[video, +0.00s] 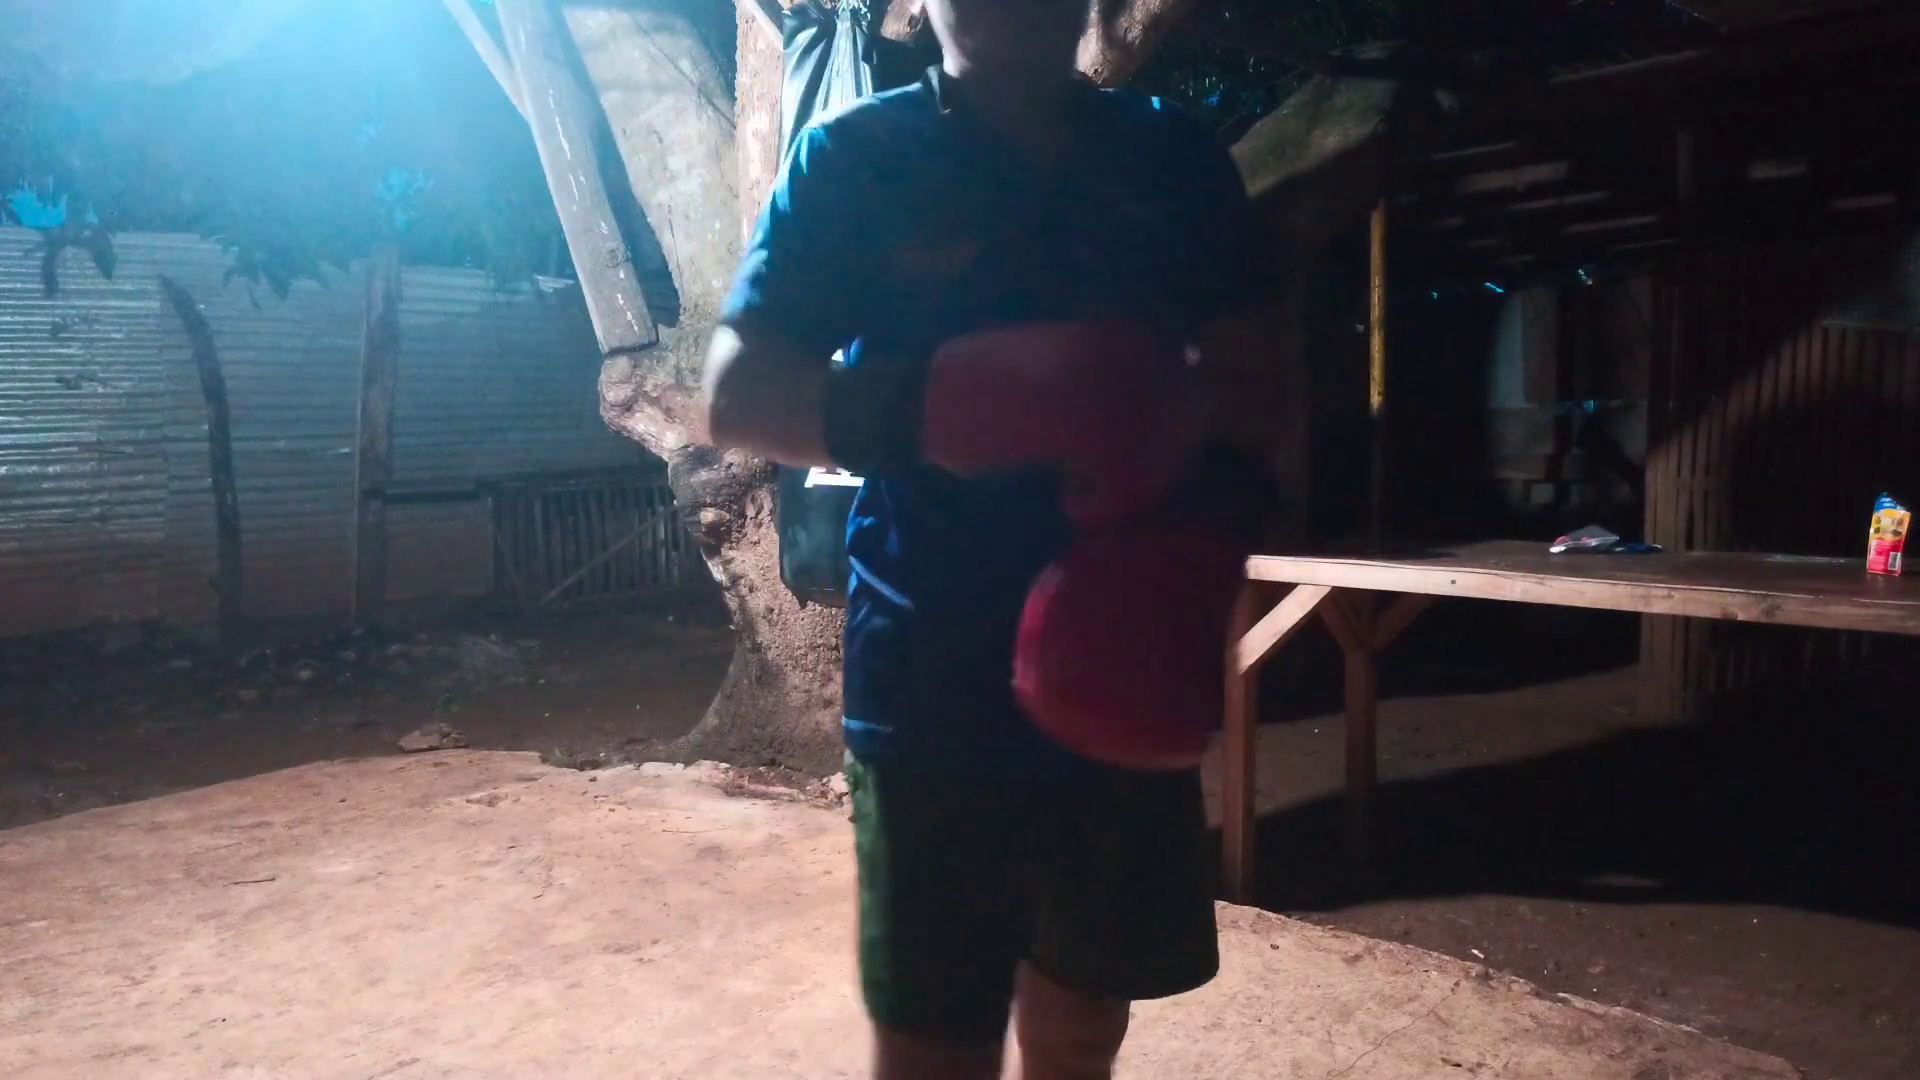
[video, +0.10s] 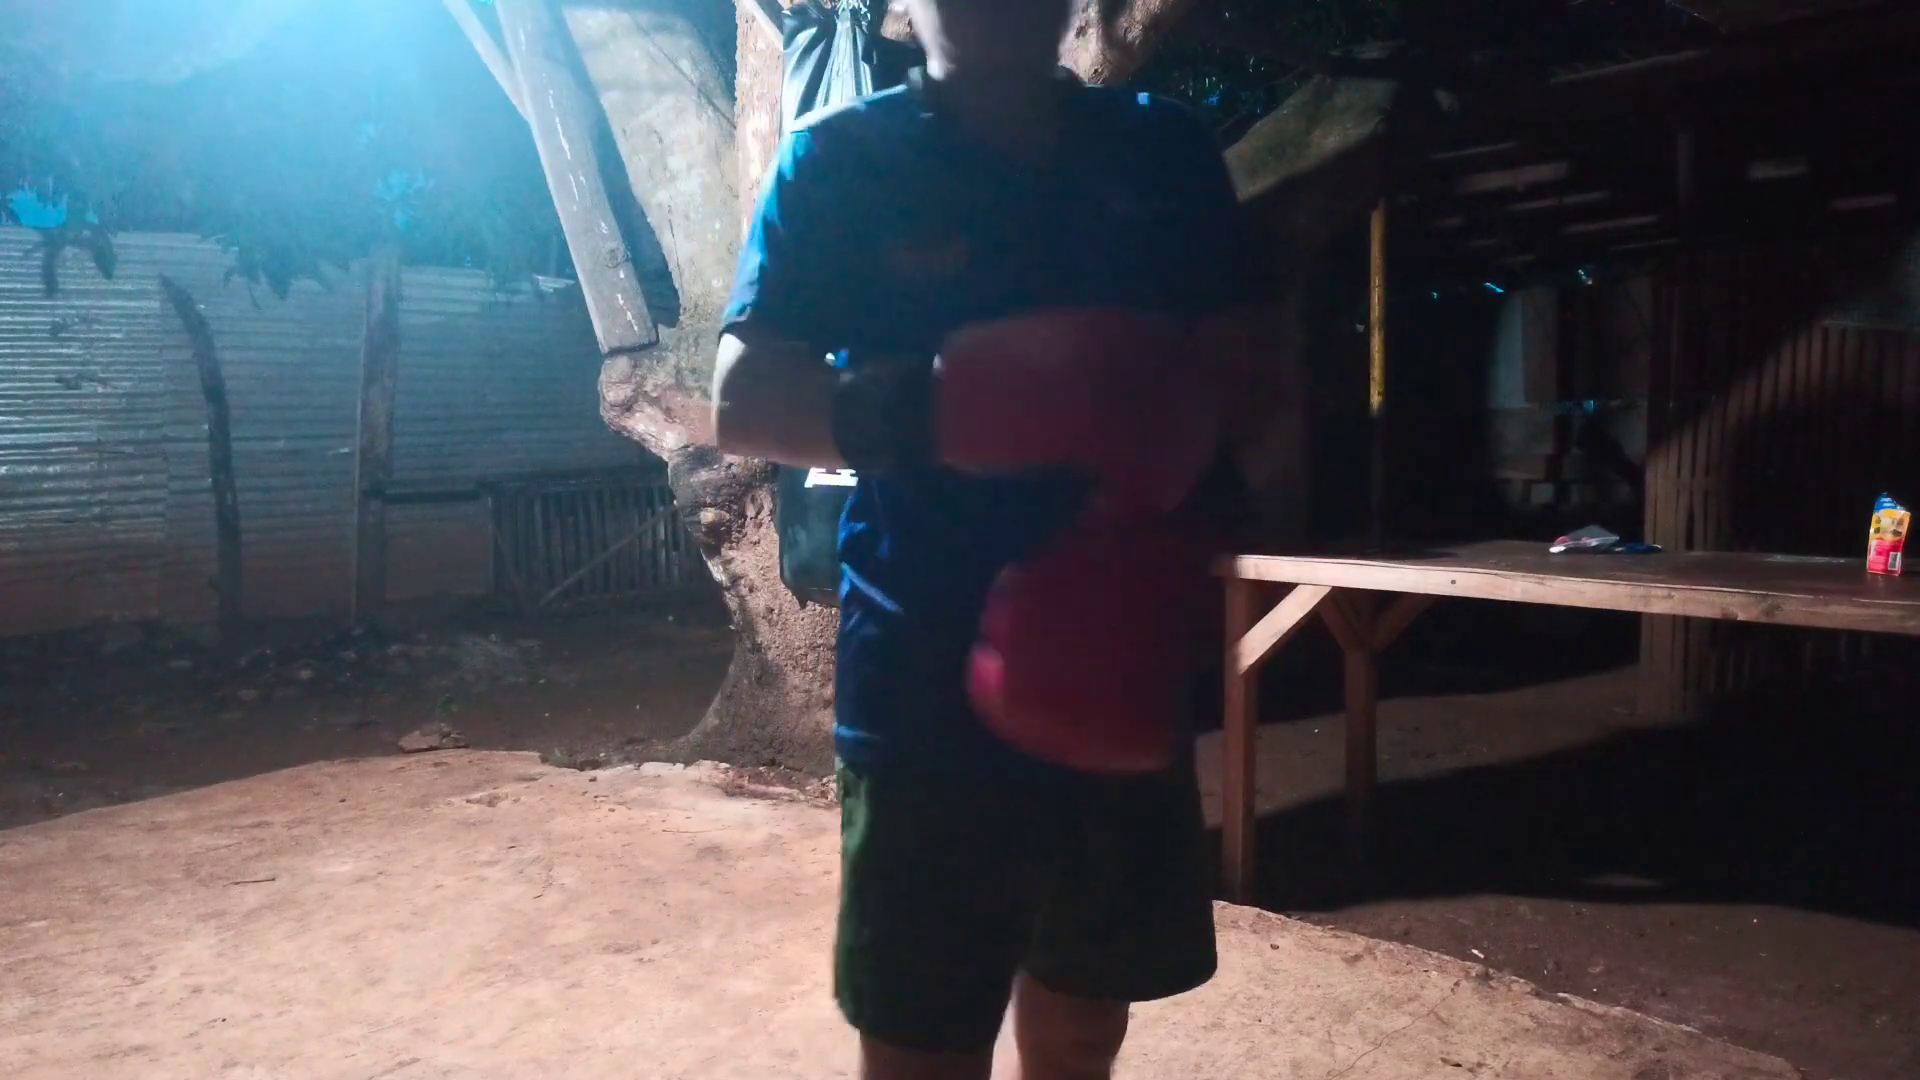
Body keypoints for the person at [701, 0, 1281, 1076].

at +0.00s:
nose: (1003, 2)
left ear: (1087, 2)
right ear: (922, 5)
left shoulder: (1170, 154)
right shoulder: (856, 154)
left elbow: (1265, 385)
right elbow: (742, 398)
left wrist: (1173, 420)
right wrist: (943, 404)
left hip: (1122, 662)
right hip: (932, 667)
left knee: (1082, 1023)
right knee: (931, 1043)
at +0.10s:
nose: (992, 0)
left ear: (1070, 3)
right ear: (903, 8)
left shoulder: (1162, 150)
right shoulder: (840, 157)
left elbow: (1247, 387)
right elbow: (752, 404)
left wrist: (1155, 549)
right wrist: (971, 400)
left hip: (1123, 656)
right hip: (926, 663)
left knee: (1084, 1004)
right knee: (923, 1035)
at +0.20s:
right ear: (885, 1)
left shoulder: (1150, 155)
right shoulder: (825, 157)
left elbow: (1234, 401)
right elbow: (757, 410)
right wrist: (988, 407)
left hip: (1113, 683)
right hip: (908, 684)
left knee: (1080, 1028)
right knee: (909, 1047)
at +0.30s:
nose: (956, 2)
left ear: (1028, 2)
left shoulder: (1125, 156)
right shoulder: (791, 150)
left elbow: (1222, 393)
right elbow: (740, 412)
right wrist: (1002, 447)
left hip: (1095, 689)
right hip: (884, 698)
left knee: (1073, 1042)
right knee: (889, 1057)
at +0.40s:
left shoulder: (1093, 151)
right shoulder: (761, 142)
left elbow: (1156, 407)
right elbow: (709, 423)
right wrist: (930, 484)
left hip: (1073, 688)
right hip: (859, 693)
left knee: (1066, 1041)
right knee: (887, 1056)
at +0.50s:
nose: (907, 2)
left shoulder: (1056, 148)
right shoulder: (728, 144)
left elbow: (1141, 401)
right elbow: (689, 441)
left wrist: (1087, 572)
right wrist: (905, 586)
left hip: (1040, 681)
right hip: (828, 693)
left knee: (1067, 1034)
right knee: (837, 1053)